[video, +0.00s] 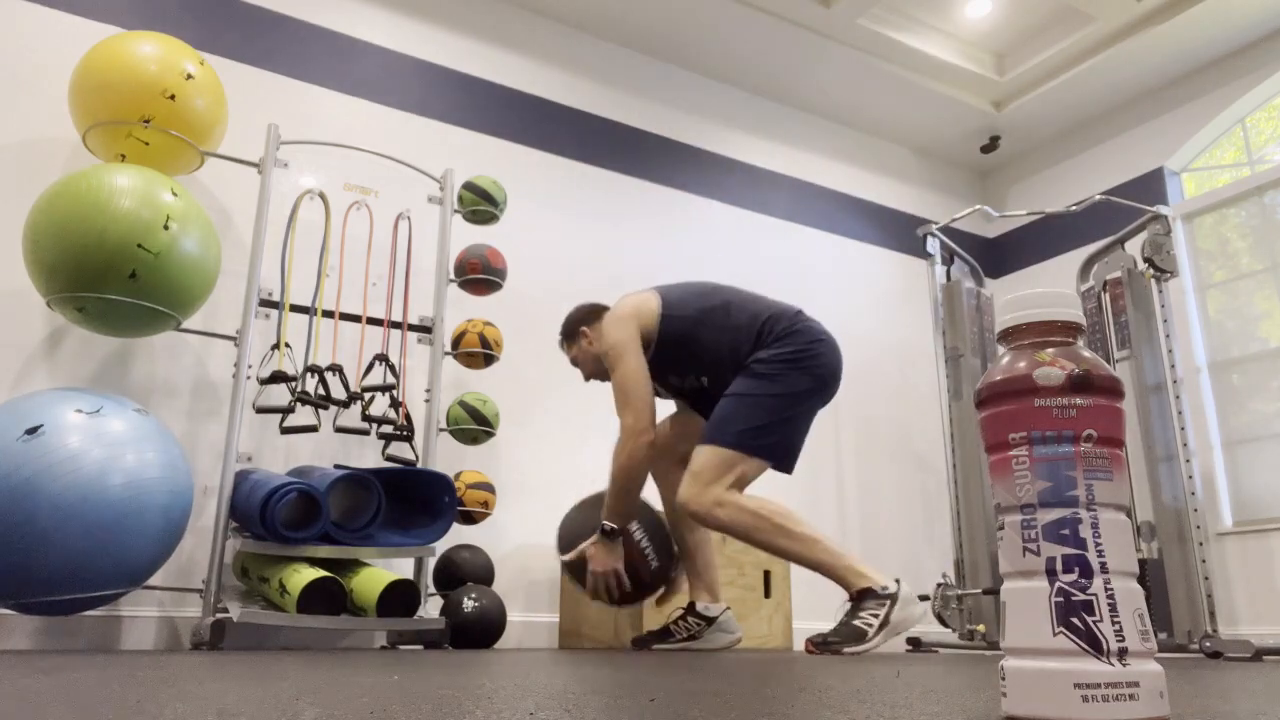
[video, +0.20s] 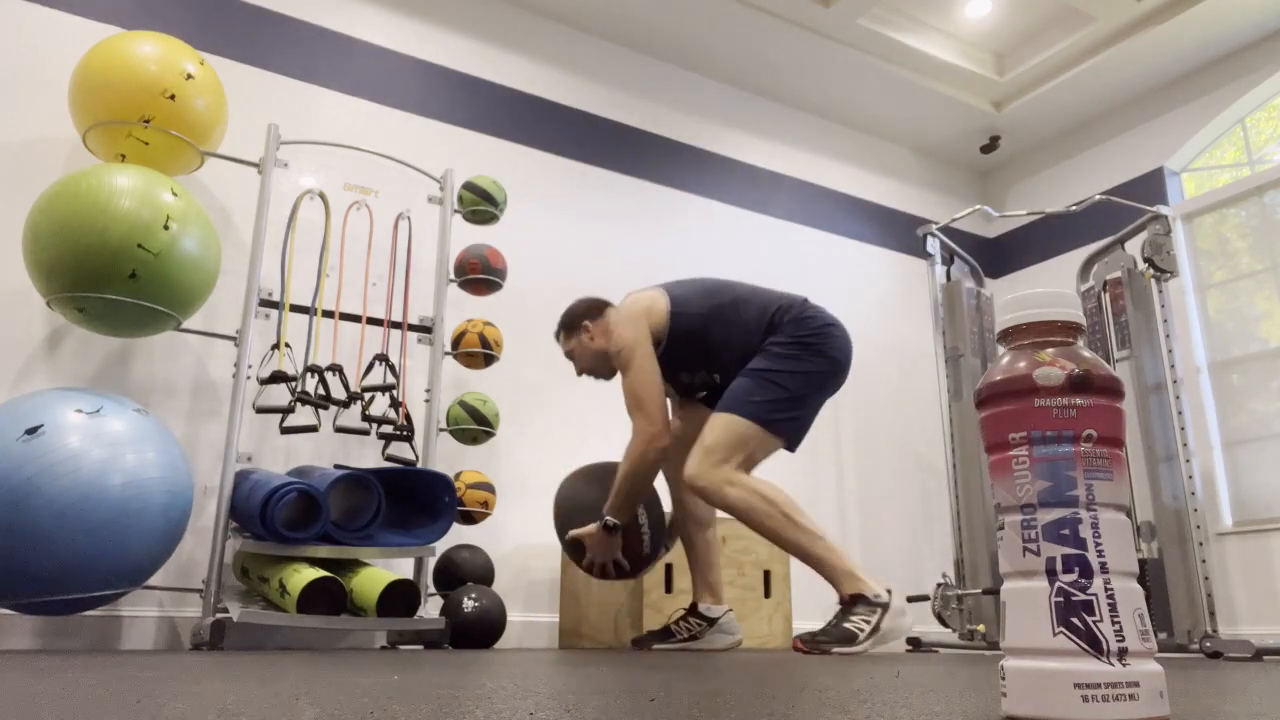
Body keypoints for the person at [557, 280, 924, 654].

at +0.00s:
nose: (581, 373)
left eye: (574, 359)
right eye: (575, 366)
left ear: (586, 333)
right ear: (596, 337)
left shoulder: (618, 323)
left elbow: (636, 436)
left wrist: (609, 533)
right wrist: (666, 554)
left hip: (790, 348)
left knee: (703, 496)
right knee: (664, 450)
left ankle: (876, 591)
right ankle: (708, 611)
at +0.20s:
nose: (577, 370)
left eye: (571, 355)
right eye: (571, 361)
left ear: (589, 330)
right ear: (595, 330)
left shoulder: (626, 323)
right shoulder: (684, 362)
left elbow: (651, 434)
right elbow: (682, 443)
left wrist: (610, 524)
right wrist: (671, 528)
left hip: (803, 339)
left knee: (709, 471)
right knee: (678, 458)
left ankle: (863, 596)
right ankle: (711, 615)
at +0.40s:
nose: (587, 286)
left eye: (587, 270)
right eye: (583, 276)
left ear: (614, 252)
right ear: (621, 253)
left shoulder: (654, 263)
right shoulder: (686, 303)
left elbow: (653, 385)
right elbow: (704, 407)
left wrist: (596, 465)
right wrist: (655, 490)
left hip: (814, 335)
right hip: (780, 350)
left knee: (718, 467)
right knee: (682, 443)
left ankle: (868, 601)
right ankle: (710, 612)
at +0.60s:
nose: (621, 198)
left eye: (627, 184)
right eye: (622, 186)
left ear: (660, 177)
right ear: (660, 183)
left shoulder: (693, 201)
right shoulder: (710, 260)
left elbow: (640, 309)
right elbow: (701, 362)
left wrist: (566, 346)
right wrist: (616, 396)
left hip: (817, 325)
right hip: (782, 339)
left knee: (728, 457)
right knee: (683, 443)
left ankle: (870, 603)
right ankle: (710, 612)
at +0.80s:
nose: (684, 127)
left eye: (694, 115)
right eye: (685, 119)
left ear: (731, 116)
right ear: (726, 118)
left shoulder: (751, 144)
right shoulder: (727, 224)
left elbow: (644, 174)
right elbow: (672, 292)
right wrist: (602, 255)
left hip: (795, 318)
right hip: (757, 330)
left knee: (722, 455)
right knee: (659, 440)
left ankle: (864, 599)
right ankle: (705, 604)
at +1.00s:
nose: (742, 85)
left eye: (753, 75)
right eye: (736, 80)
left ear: (779, 81)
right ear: (734, 96)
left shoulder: (801, 125)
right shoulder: (730, 168)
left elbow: (749, 16)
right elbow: (645, 173)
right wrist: (632, 101)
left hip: (774, 303)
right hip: (718, 314)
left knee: (740, 422)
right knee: (640, 439)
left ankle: (841, 596)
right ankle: (700, 598)